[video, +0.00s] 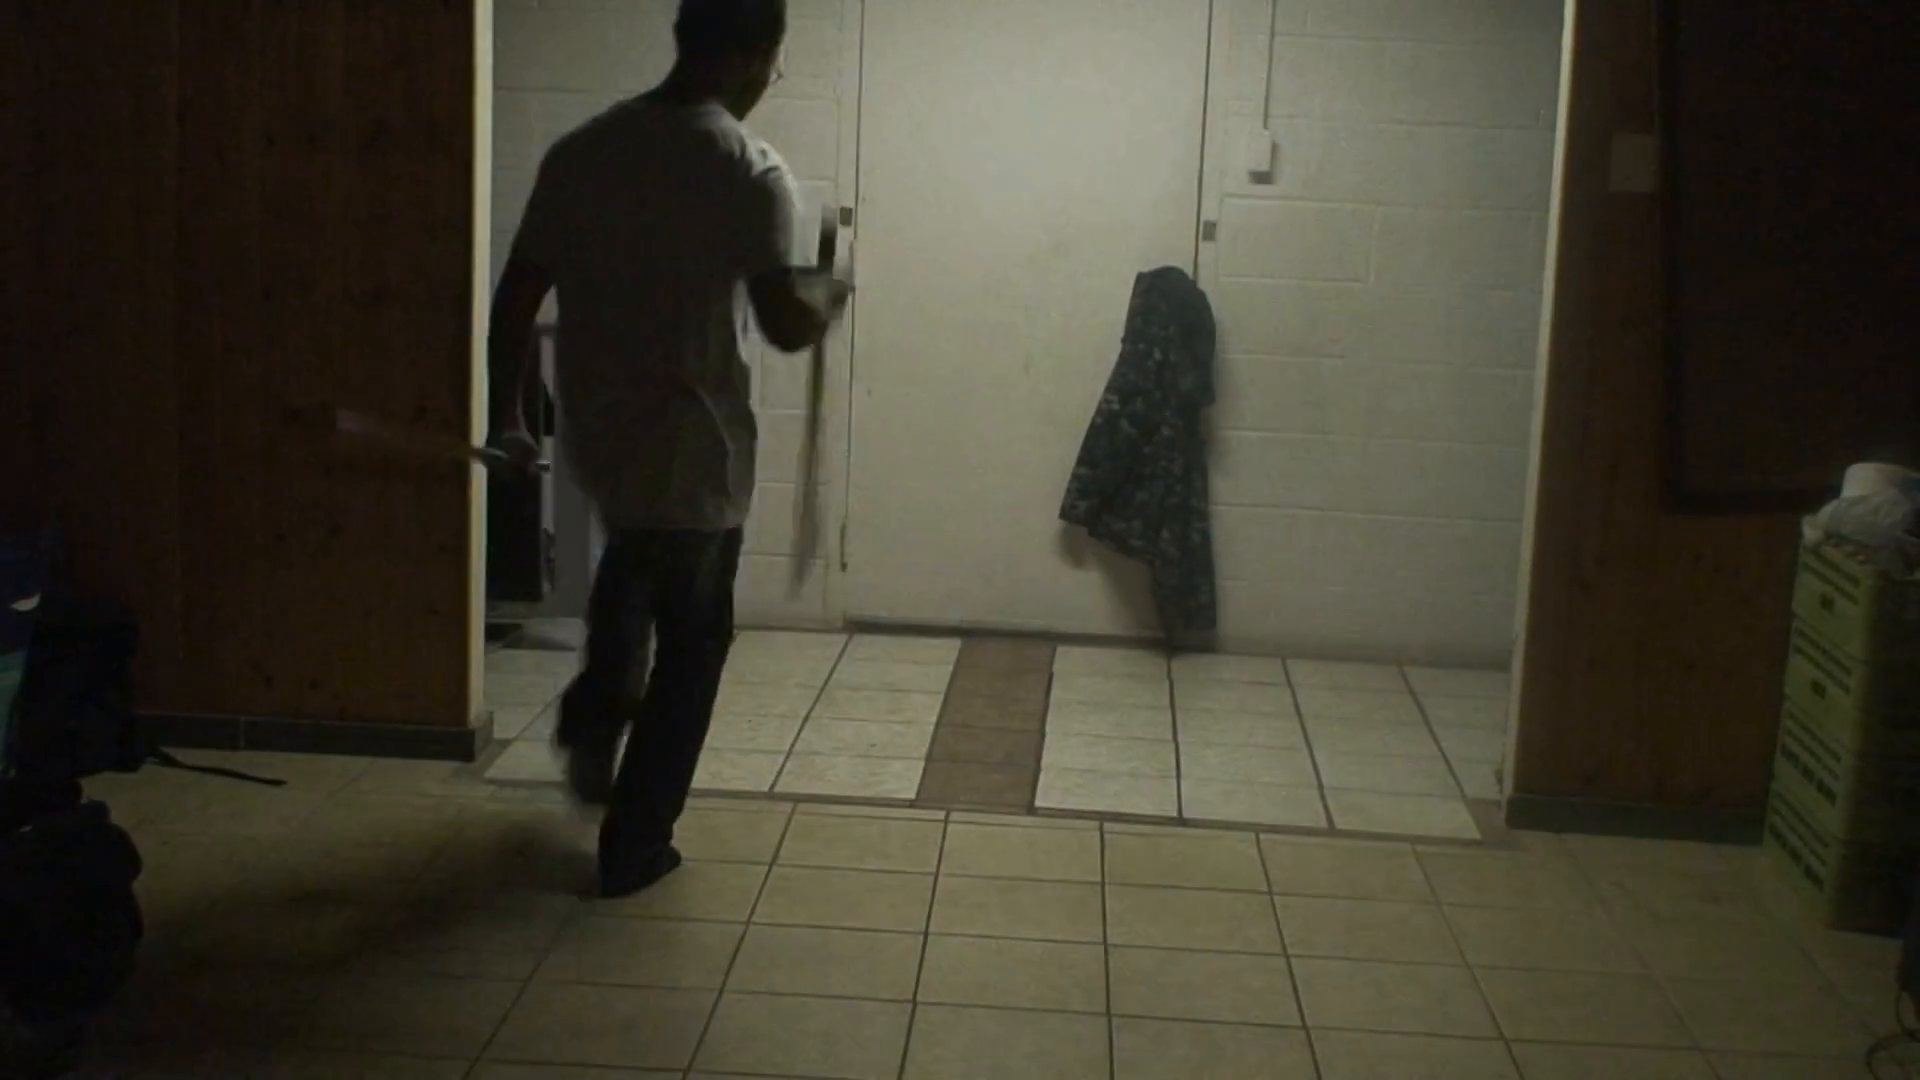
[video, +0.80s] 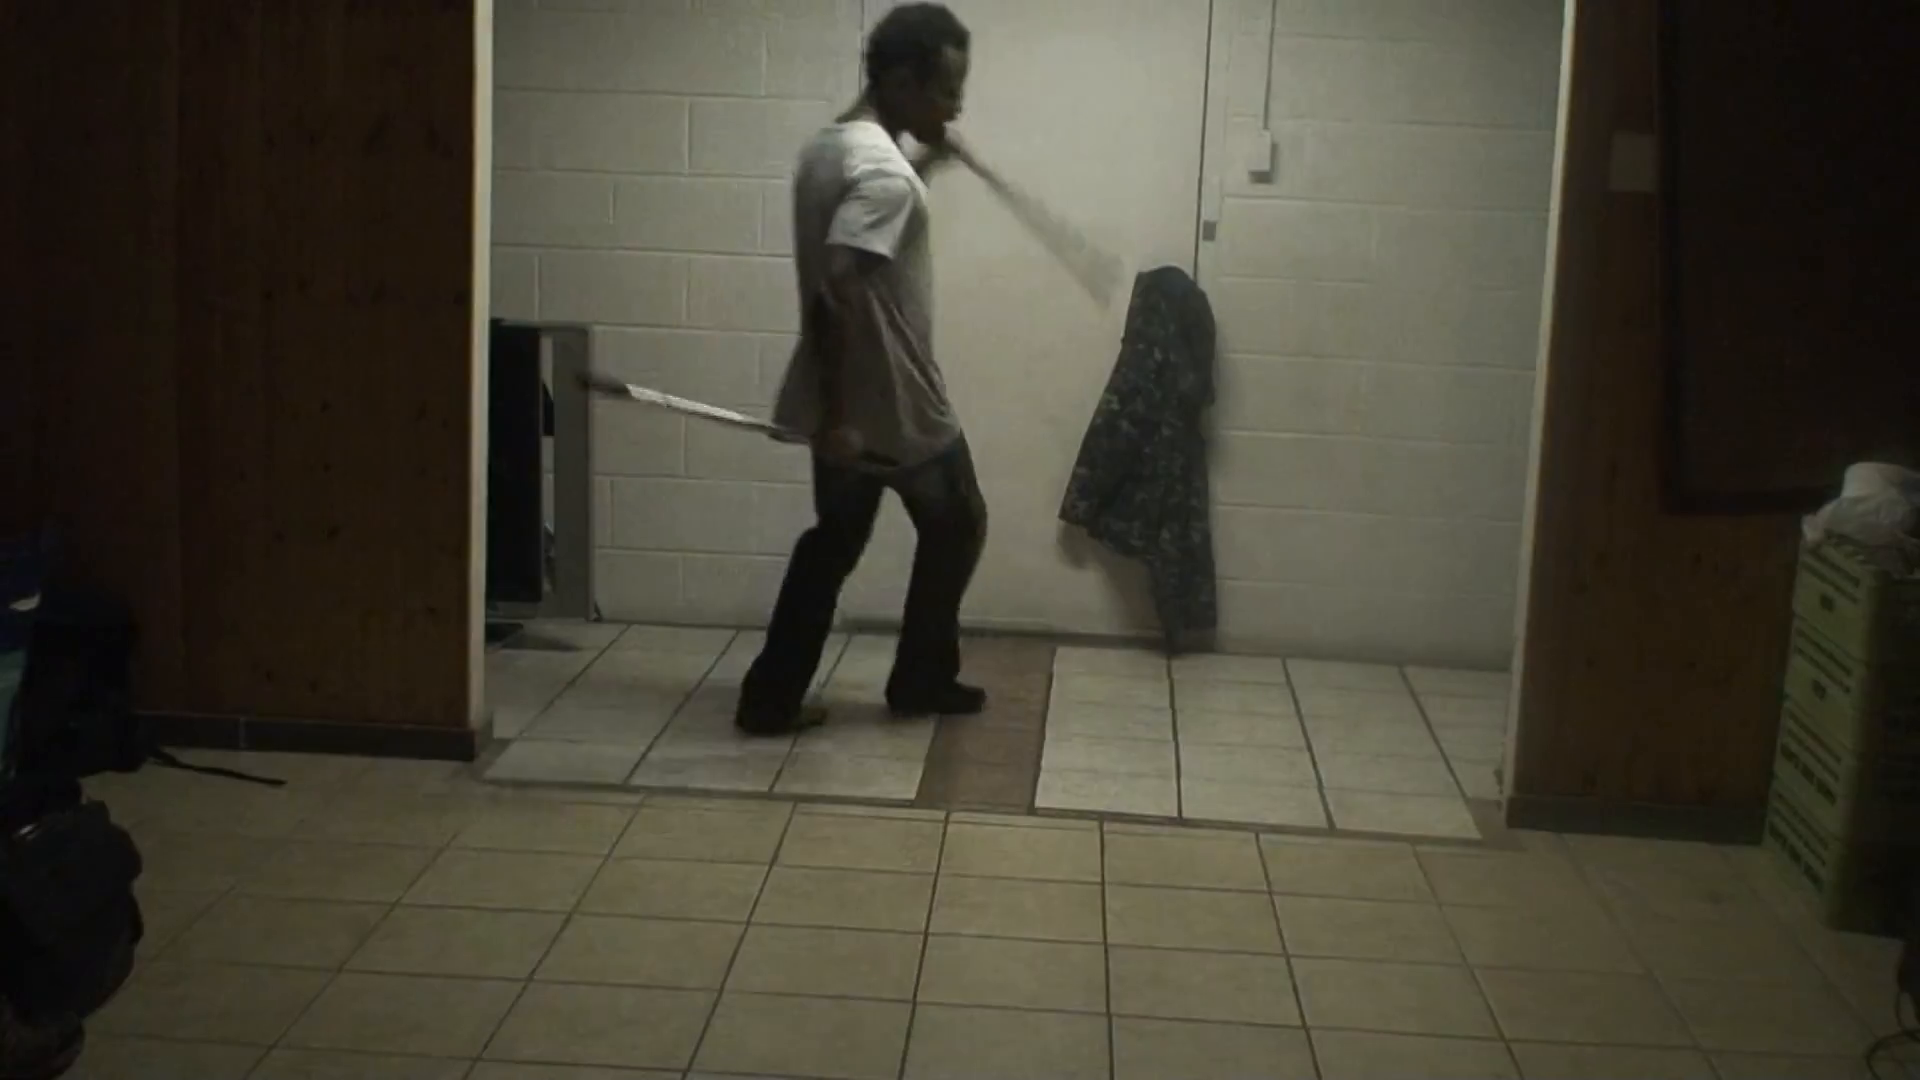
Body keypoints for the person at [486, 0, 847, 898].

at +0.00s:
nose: (773, 73)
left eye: (773, 55)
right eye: (772, 56)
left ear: (686, 40)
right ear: (750, 55)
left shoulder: (580, 153)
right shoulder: (749, 170)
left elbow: (516, 298)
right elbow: (788, 327)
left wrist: (515, 405)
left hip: (594, 431)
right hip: (696, 445)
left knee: (633, 551)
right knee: (693, 642)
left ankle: (592, 732)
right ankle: (633, 849)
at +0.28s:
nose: (821, 65)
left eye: (820, 49)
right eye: (818, 49)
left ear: (738, 39)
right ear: (794, 49)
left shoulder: (638, 143)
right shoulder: (794, 160)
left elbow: (570, 260)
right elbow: (840, 310)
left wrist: (590, 374)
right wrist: (885, 294)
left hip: (666, 404)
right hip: (751, 415)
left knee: (705, 546)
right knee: (738, 601)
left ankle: (705, 723)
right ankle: (674, 789)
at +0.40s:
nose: (839, 87)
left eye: (841, 71)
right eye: (840, 70)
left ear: (760, 54)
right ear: (818, 67)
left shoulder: (672, 150)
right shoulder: (809, 174)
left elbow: (617, 269)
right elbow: (828, 323)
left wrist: (686, 326)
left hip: (691, 415)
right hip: (767, 424)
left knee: (720, 574)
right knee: (754, 603)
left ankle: (706, 729)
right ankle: (679, 773)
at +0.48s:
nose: (855, 90)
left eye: (857, 73)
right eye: (855, 73)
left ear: (778, 56)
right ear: (829, 68)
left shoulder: (695, 146)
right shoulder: (817, 171)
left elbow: (660, 260)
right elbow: (816, 319)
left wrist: (746, 290)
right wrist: (821, 438)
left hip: (716, 409)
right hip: (788, 420)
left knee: (729, 554)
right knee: (821, 556)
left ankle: (699, 736)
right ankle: (709, 727)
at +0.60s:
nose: (889, 85)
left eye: (892, 68)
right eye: (885, 67)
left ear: (816, 56)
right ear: (846, 62)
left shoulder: (743, 133)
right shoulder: (830, 153)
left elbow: (748, 268)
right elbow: (804, 273)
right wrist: (821, 387)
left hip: (757, 380)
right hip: (821, 380)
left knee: (762, 539)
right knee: (920, 469)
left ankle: (704, 722)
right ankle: (817, 616)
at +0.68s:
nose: (918, 80)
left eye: (920, 64)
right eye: (913, 63)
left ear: (850, 53)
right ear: (871, 56)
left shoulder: (774, 128)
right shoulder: (852, 144)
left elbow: (777, 263)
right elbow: (808, 261)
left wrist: (770, 384)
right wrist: (800, 389)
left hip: (787, 367)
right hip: (851, 366)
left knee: (803, 521)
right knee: (946, 470)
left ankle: (745, 696)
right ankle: (873, 633)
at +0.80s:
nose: (955, 104)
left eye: (959, 87)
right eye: (946, 85)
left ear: (888, 80)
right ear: (899, 79)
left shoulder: (827, 148)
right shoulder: (886, 171)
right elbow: (840, 289)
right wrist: (841, 411)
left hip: (835, 397)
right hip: (898, 400)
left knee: (837, 535)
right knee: (957, 525)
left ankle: (770, 698)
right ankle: (922, 681)